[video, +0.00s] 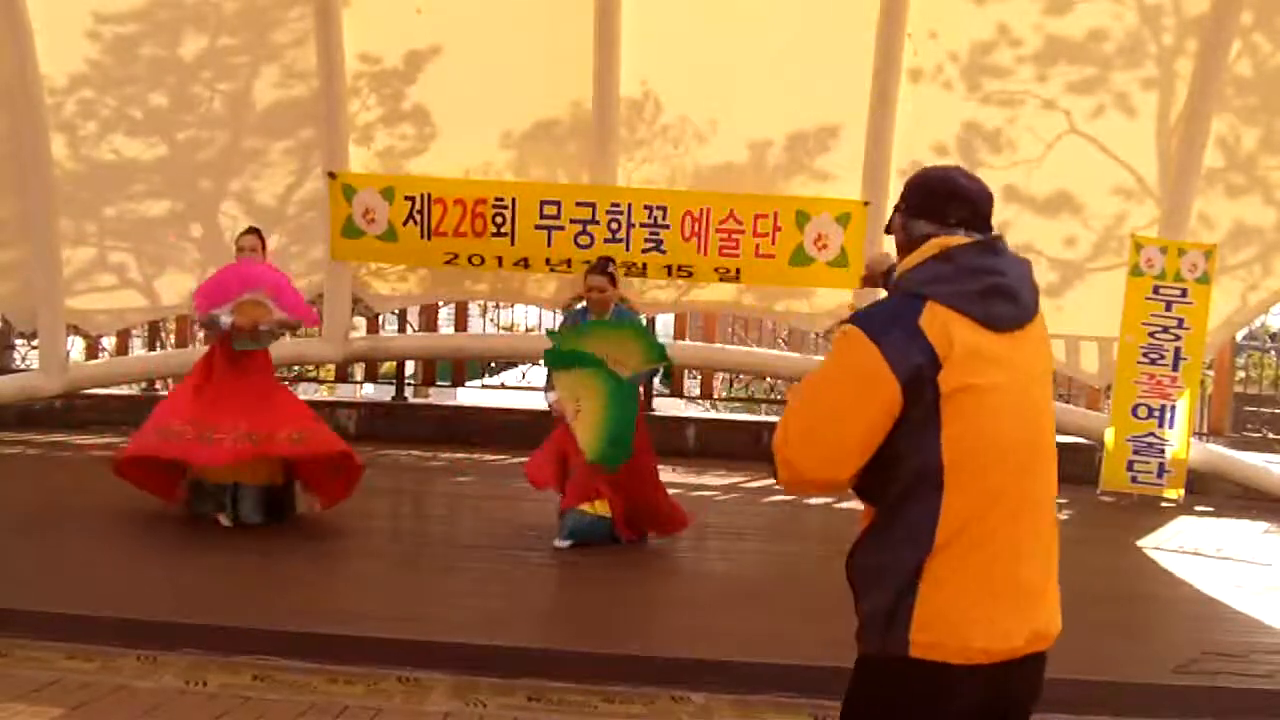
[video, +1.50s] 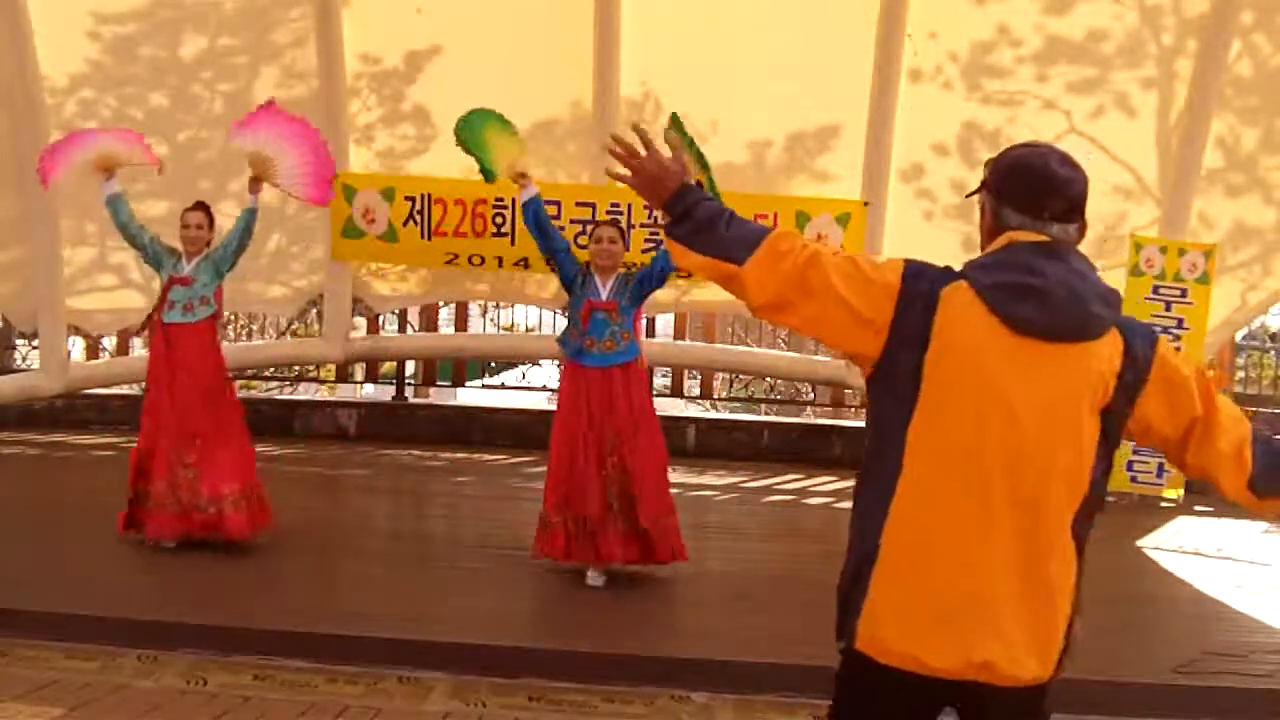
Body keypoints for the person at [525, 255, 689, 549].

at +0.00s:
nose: (594, 296)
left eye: (602, 290)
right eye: (590, 290)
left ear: (615, 290)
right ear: (583, 290)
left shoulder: (629, 320)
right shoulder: (573, 320)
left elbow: (651, 361)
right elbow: (555, 359)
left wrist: (629, 374)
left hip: (619, 398)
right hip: (580, 398)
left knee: (626, 458)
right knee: (574, 455)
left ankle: (632, 524)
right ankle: (569, 524)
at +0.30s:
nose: (586, 289)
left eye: (594, 283)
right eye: (582, 283)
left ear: (609, 284)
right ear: (576, 283)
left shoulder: (624, 318)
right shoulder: (566, 316)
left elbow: (652, 361)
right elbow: (543, 359)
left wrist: (646, 387)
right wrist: (524, 399)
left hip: (614, 402)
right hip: (573, 401)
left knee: (614, 462)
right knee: (569, 461)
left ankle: (613, 525)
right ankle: (570, 524)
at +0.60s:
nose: (593, 268)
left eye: (600, 263)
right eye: (588, 262)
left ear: (612, 266)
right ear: (581, 264)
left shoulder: (624, 302)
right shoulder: (567, 298)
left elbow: (656, 334)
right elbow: (535, 332)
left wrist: (681, 355)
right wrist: (502, 361)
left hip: (610, 390)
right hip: (570, 389)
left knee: (612, 459)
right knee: (569, 459)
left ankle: (604, 535)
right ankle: (565, 530)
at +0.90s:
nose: (603, 249)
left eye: (610, 244)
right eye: (598, 243)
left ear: (623, 252)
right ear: (589, 250)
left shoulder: (635, 286)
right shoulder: (575, 286)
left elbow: (676, 299)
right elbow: (531, 298)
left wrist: (709, 299)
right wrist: (485, 305)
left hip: (620, 381)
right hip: (580, 380)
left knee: (617, 455)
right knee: (575, 453)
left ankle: (611, 538)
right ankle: (574, 537)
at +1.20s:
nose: (604, 247)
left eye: (611, 242)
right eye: (598, 242)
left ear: (623, 250)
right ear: (589, 249)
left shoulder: (635, 286)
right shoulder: (575, 282)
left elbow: (679, 274)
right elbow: (531, 262)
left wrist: (717, 254)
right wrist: (489, 231)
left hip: (623, 381)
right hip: (583, 380)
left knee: (621, 457)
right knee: (585, 457)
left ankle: (615, 541)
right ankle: (589, 546)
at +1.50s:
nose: (605, 247)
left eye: (613, 242)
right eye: (598, 241)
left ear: (624, 251)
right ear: (588, 248)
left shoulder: (634, 286)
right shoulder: (577, 281)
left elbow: (670, 259)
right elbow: (548, 240)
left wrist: (692, 219)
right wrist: (528, 190)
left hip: (624, 386)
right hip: (583, 385)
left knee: (625, 464)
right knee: (586, 465)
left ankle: (620, 551)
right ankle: (594, 555)